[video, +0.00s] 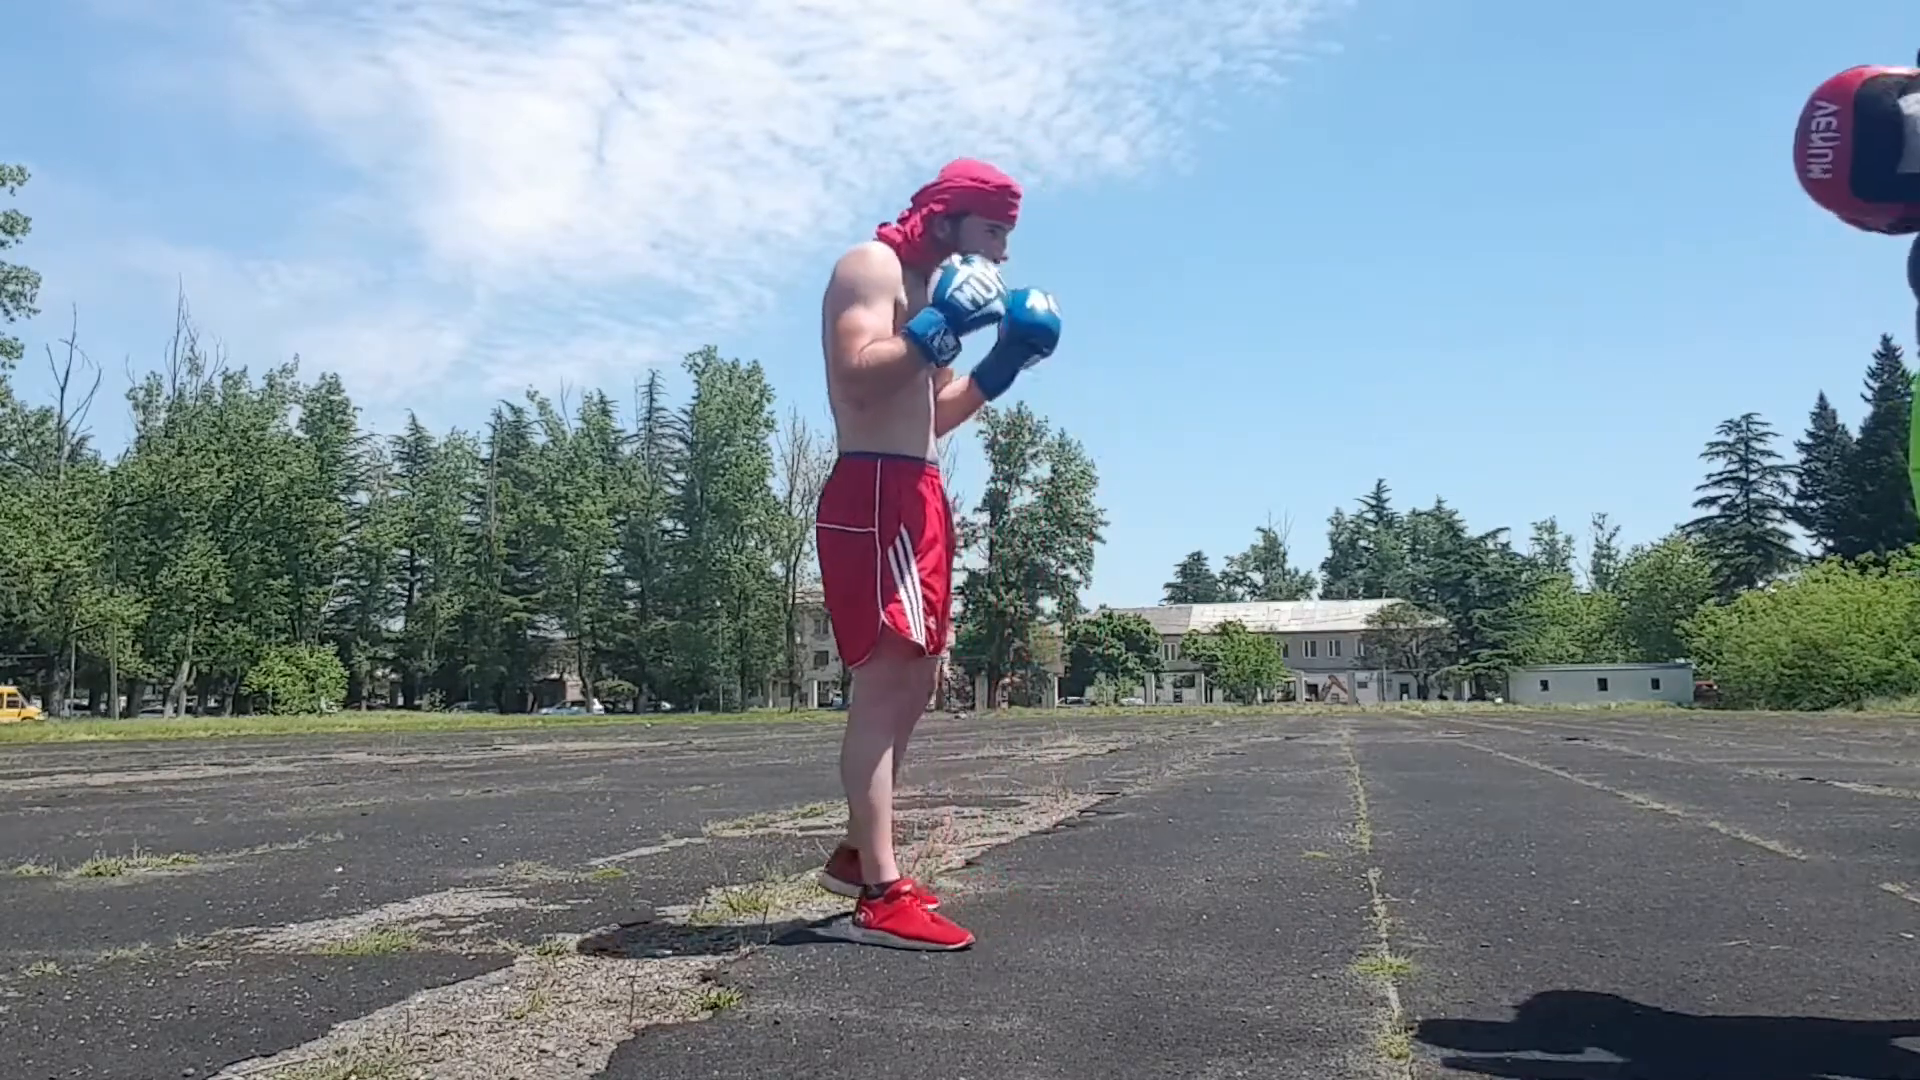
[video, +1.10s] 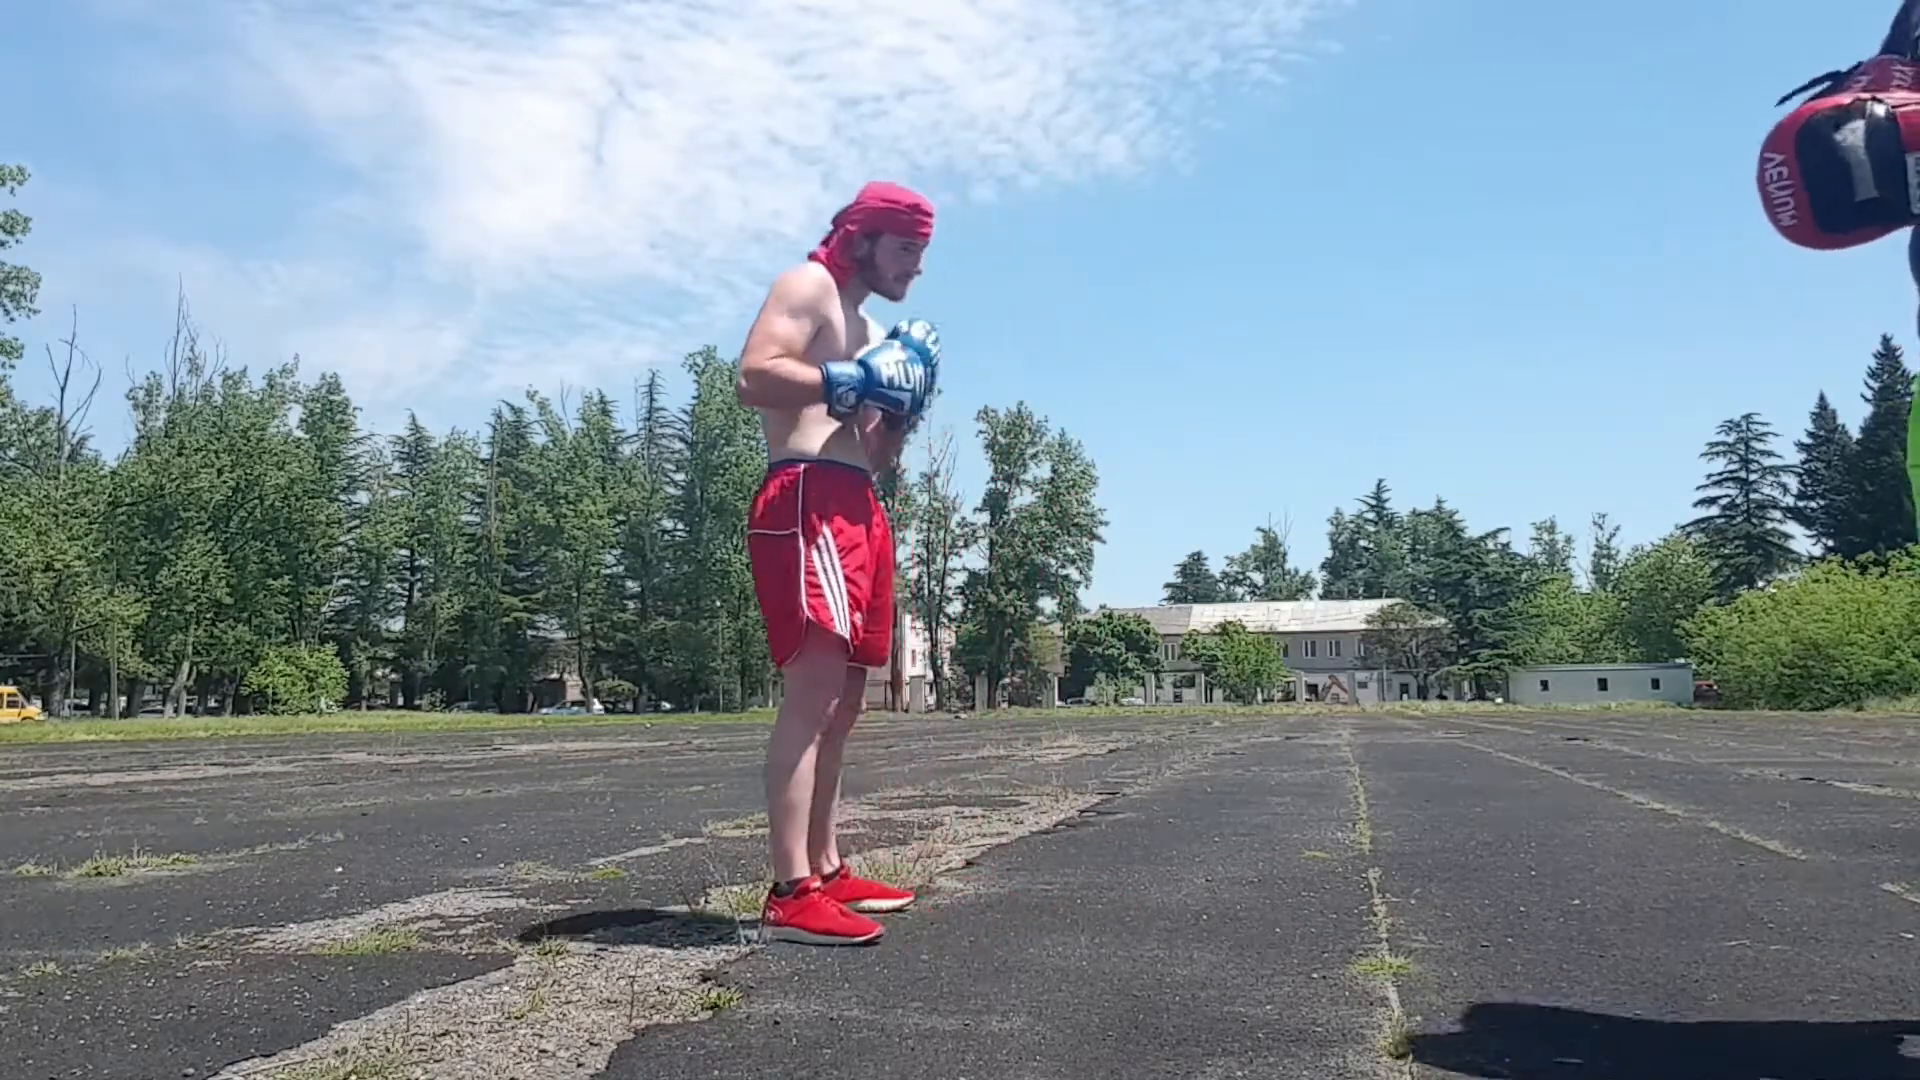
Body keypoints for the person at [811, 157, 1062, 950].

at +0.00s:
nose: (999, 251)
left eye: (1004, 238)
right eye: (992, 233)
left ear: (970, 233)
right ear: (945, 218)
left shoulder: (932, 294)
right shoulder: (872, 264)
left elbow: (936, 417)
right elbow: (855, 376)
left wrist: (1006, 362)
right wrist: (938, 327)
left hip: (920, 495)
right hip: (878, 493)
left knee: (915, 683)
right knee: (886, 682)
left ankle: (860, 849)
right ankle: (882, 886)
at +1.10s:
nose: (916, 265)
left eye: (921, 252)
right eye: (907, 250)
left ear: (894, 255)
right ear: (862, 241)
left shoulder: (867, 326)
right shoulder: (809, 284)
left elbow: (873, 456)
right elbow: (754, 375)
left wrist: (903, 409)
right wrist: (847, 385)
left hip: (857, 505)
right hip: (807, 499)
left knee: (844, 696)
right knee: (813, 691)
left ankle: (822, 870)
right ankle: (789, 887)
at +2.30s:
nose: (917, 263)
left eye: (924, 252)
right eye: (905, 247)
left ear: (918, 262)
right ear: (859, 246)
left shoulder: (879, 338)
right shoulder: (806, 323)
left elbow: (892, 452)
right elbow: (824, 431)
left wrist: (934, 393)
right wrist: (889, 384)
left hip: (857, 516)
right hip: (807, 514)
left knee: (880, 698)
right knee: (843, 697)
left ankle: (795, 850)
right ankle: (839, 887)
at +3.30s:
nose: (960, 294)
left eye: (962, 283)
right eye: (947, 281)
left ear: (945, 292)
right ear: (905, 284)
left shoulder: (933, 368)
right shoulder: (863, 340)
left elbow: (950, 463)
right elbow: (878, 429)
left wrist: (980, 389)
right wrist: (969, 419)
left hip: (895, 536)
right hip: (851, 532)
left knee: (912, 697)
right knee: (937, 667)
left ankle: (850, 859)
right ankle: (878, 841)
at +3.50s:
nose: (990, 276)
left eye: (992, 265)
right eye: (979, 261)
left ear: (964, 270)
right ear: (937, 258)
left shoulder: (926, 351)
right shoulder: (909, 296)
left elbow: (931, 456)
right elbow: (900, 341)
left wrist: (984, 386)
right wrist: (976, 311)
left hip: (867, 519)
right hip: (872, 511)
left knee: (884, 697)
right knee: (934, 667)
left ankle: (859, 852)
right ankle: (865, 845)